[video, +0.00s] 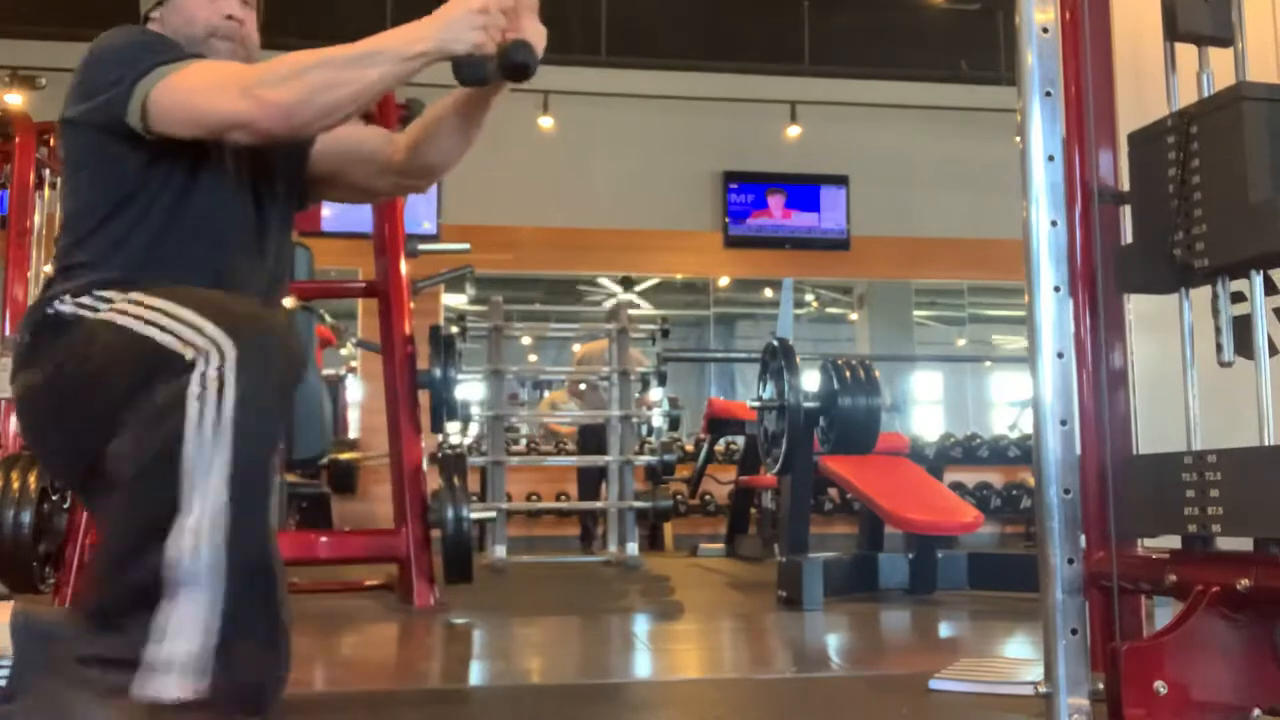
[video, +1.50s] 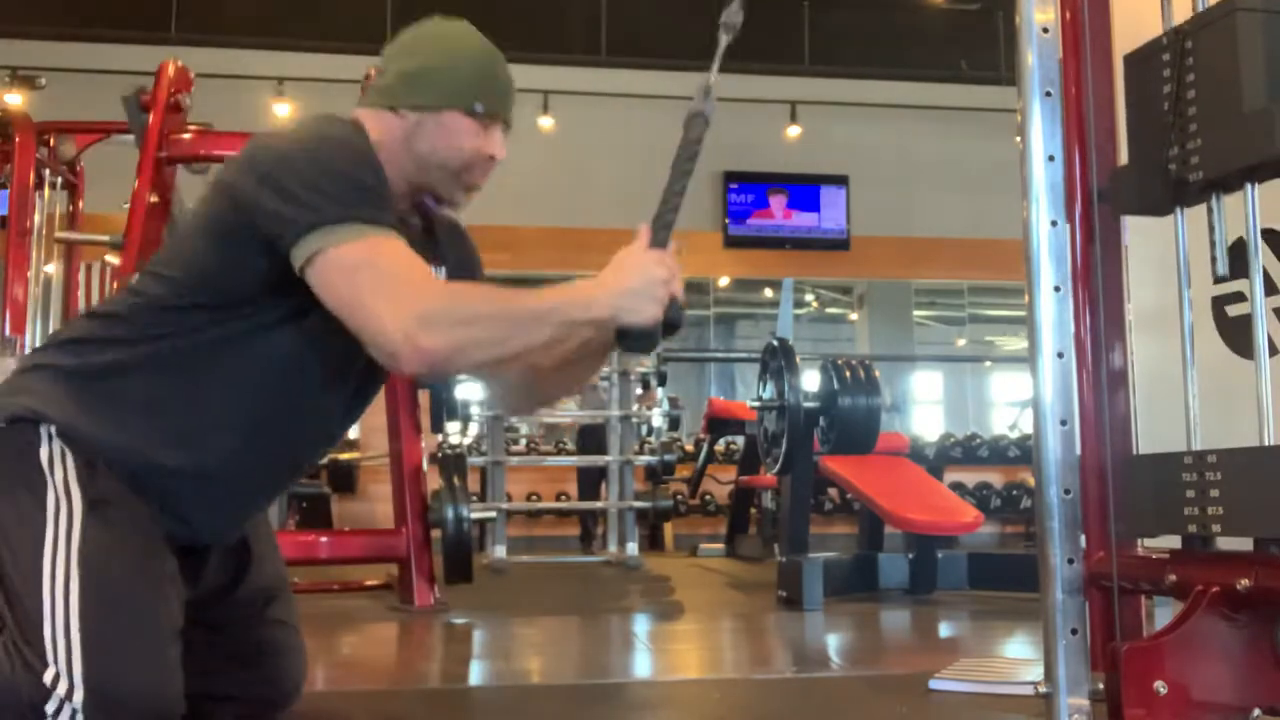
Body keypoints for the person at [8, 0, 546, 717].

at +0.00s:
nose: (243, 10)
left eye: (250, 4)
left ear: (261, 28)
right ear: (162, 9)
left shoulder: (273, 125)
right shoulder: (119, 59)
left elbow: (403, 162)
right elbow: (264, 102)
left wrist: (488, 79)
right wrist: (432, 35)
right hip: (87, 328)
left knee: (239, 662)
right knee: (239, 345)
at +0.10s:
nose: (232, 14)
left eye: (243, 4)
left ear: (255, 28)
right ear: (156, 11)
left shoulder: (271, 133)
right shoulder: (117, 65)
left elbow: (401, 163)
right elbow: (258, 108)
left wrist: (485, 77)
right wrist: (423, 37)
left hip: (224, 393)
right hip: (104, 334)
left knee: (235, 667)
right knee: (198, 439)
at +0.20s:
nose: (235, 13)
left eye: (245, 5)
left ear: (257, 35)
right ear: (157, 14)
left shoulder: (271, 134)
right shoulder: (123, 66)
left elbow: (403, 165)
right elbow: (260, 111)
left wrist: (486, 81)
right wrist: (425, 42)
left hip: (224, 428)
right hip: (111, 357)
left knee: (241, 671)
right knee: (154, 536)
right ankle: (5, 632)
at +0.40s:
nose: (240, 15)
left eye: (251, 7)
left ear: (262, 31)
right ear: (160, 11)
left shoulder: (268, 127)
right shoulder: (128, 64)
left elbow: (406, 166)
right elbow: (268, 114)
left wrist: (494, 93)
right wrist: (444, 50)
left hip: (218, 440)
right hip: (102, 399)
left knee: (238, 678)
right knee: (95, 659)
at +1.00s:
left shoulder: (300, 121)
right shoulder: (193, 56)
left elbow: (462, 220)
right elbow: (384, 175)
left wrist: (578, 142)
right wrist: (550, 108)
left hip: (197, 472)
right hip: (66, 441)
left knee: (237, 685)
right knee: (106, 700)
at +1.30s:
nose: (458, 66)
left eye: (458, 45)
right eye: (437, 38)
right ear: (358, 42)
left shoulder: (396, 179)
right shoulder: (271, 103)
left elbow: (520, 308)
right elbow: (425, 254)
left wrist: (620, 243)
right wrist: (607, 206)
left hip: (215, 486)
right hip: (76, 451)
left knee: (254, 688)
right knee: (111, 702)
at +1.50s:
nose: (499, 151)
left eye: (503, 129)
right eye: (483, 119)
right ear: (410, 104)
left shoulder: (438, 244)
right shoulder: (310, 159)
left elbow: (514, 389)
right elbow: (413, 329)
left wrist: (610, 331)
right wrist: (597, 298)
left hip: (207, 491)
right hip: (78, 448)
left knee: (259, 683)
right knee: (112, 696)